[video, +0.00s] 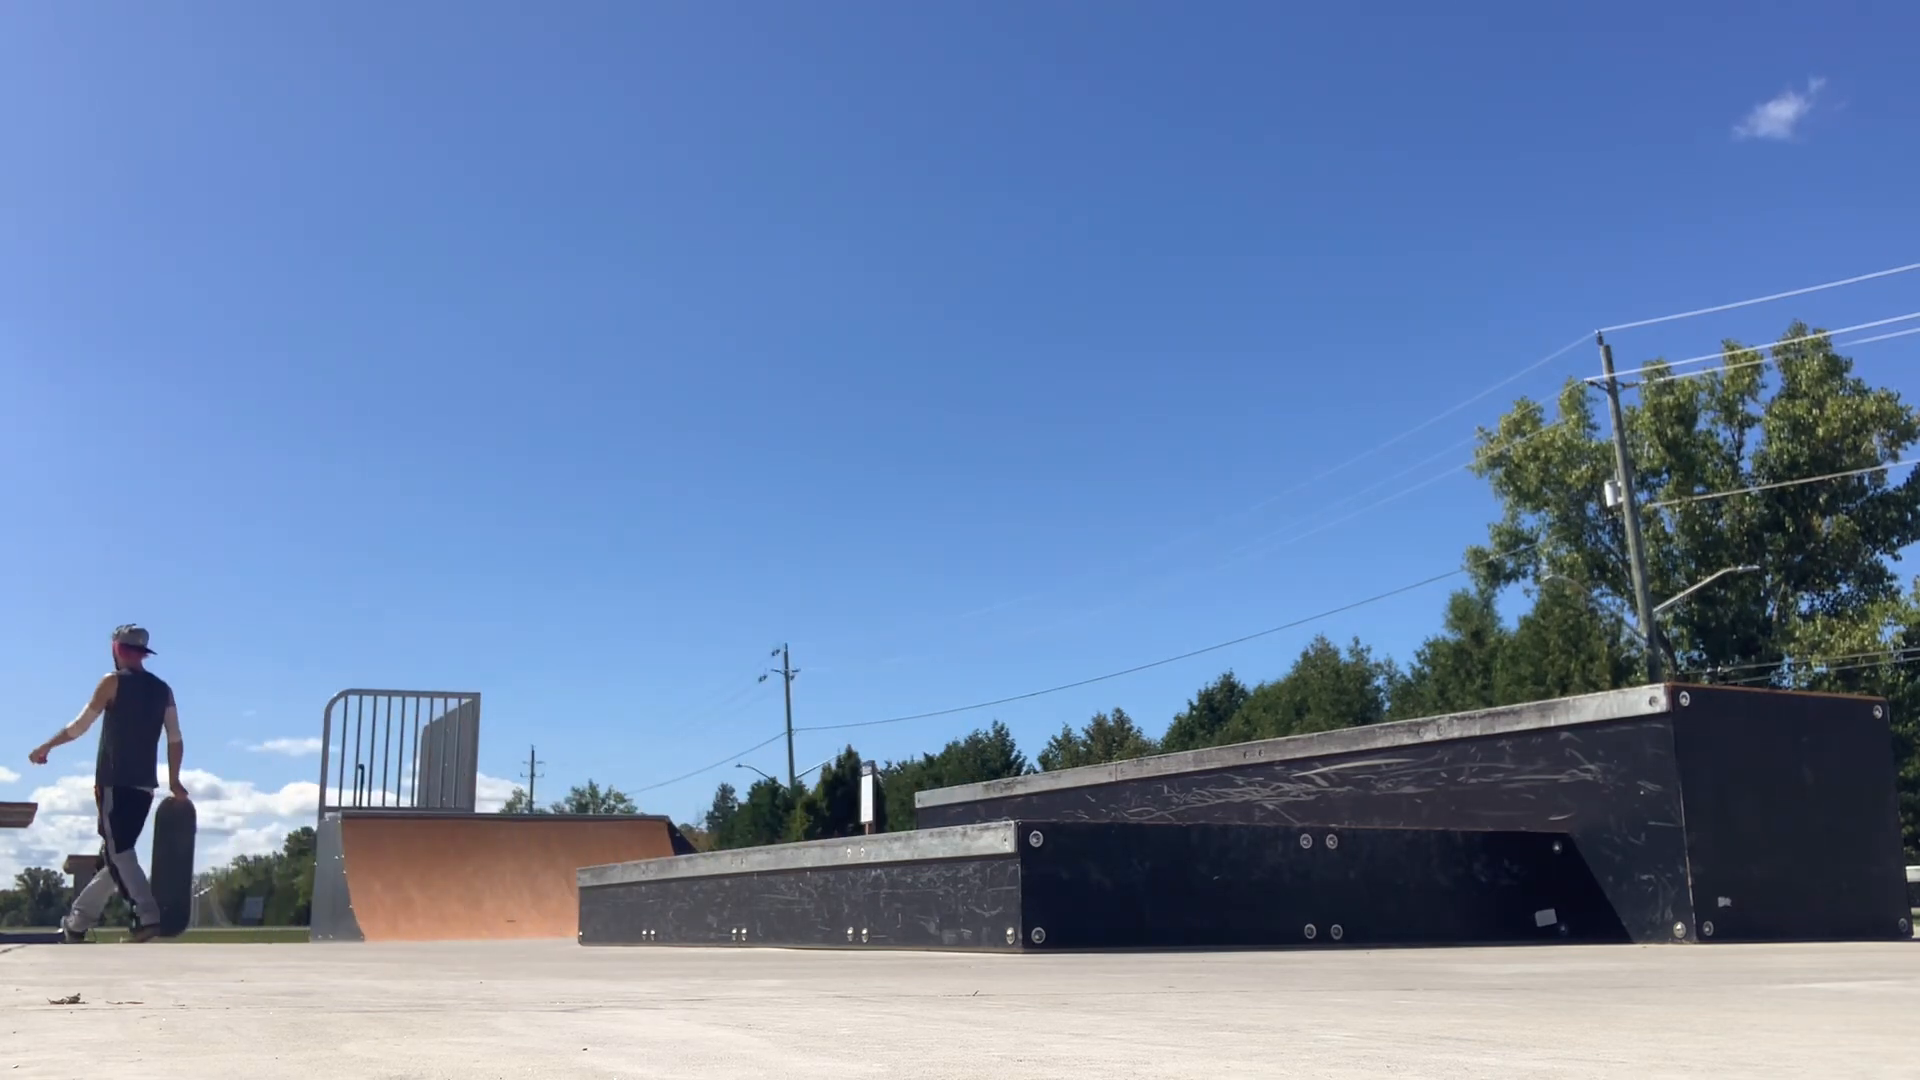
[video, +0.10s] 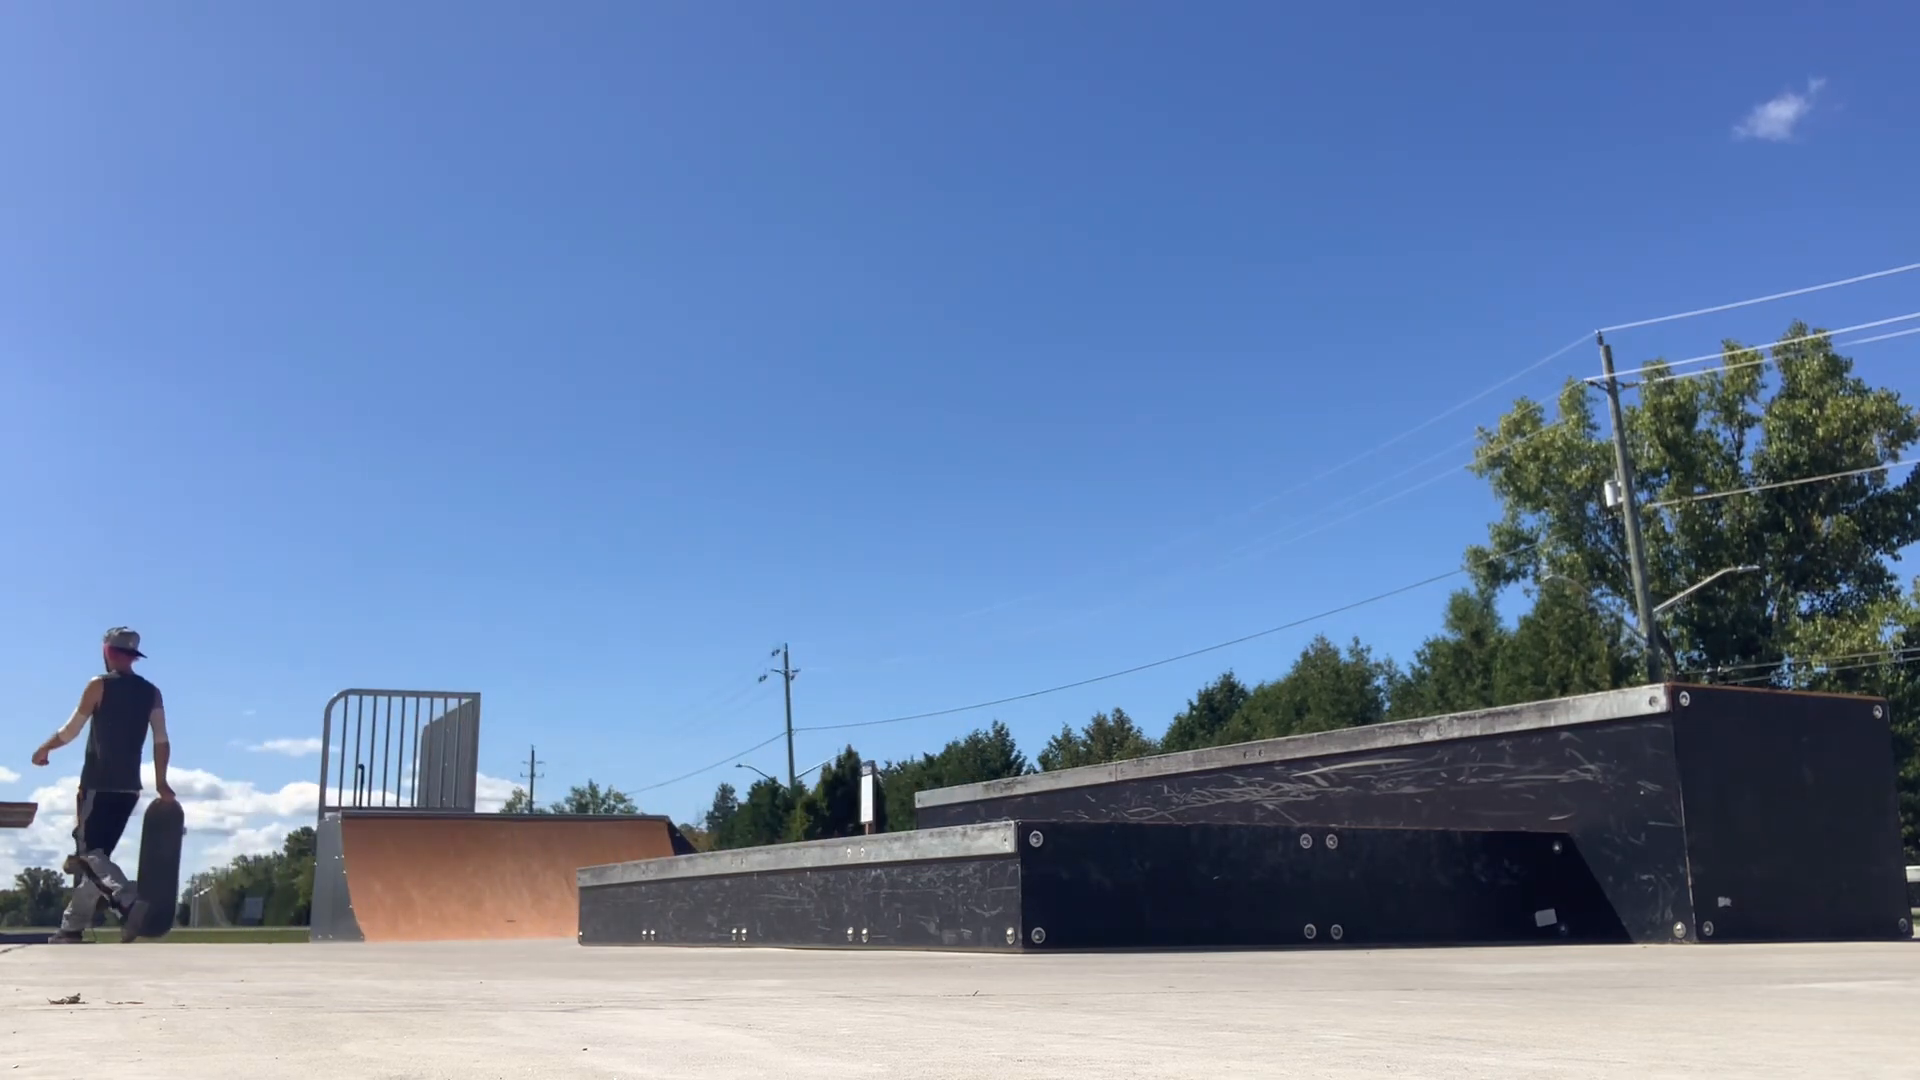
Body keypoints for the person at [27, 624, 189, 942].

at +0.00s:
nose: (113, 653)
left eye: (114, 648)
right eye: (116, 648)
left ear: (118, 649)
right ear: (144, 652)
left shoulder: (112, 682)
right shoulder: (163, 690)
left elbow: (78, 727)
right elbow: (175, 740)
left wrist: (47, 746)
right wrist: (175, 781)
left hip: (115, 782)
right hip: (145, 784)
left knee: (119, 853)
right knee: (117, 857)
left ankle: (150, 918)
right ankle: (76, 924)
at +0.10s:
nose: (104, 655)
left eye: (105, 651)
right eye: (107, 651)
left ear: (108, 652)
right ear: (135, 655)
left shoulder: (99, 686)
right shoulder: (151, 692)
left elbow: (71, 730)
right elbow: (161, 742)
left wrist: (46, 748)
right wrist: (161, 782)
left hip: (98, 785)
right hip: (129, 788)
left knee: (88, 853)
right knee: (96, 856)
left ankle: (129, 903)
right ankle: (72, 928)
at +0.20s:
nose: (102, 656)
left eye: (100, 650)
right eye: (111, 652)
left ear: (100, 651)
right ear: (127, 656)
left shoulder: (84, 685)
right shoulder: (142, 691)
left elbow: (62, 731)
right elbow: (146, 743)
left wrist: (42, 755)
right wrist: (151, 786)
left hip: (86, 788)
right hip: (120, 790)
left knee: (59, 849)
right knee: (91, 858)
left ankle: (99, 887)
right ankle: (72, 929)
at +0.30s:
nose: (110, 656)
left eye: (106, 649)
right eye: (113, 650)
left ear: (93, 649)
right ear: (120, 654)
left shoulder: (73, 684)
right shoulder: (133, 689)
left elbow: (56, 730)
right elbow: (133, 738)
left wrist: (40, 760)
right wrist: (140, 785)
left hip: (75, 788)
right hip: (112, 791)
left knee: (52, 842)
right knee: (94, 858)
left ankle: (64, 889)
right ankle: (75, 930)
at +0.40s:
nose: (106, 657)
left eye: (106, 651)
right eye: (108, 652)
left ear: (88, 650)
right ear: (115, 655)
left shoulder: (65, 685)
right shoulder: (123, 688)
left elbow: (49, 731)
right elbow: (118, 735)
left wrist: (37, 761)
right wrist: (130, 782)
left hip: (65, 789)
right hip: (101, 790)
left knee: (52, 849)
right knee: (89, 859)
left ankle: (33, 912)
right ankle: (72, 926)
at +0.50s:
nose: (108, 661)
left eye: (110, 656)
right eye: (105, 656)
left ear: (83, 656)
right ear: (94, 657)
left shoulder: (59, 687)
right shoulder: (112, 691)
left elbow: (44, 735)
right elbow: (102, 737)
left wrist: (33, 764)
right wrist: (118, 782)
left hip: (58, 792)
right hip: (92, 791)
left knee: (53, 853)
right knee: (88, 855)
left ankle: (25, 925)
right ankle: (70, 926)